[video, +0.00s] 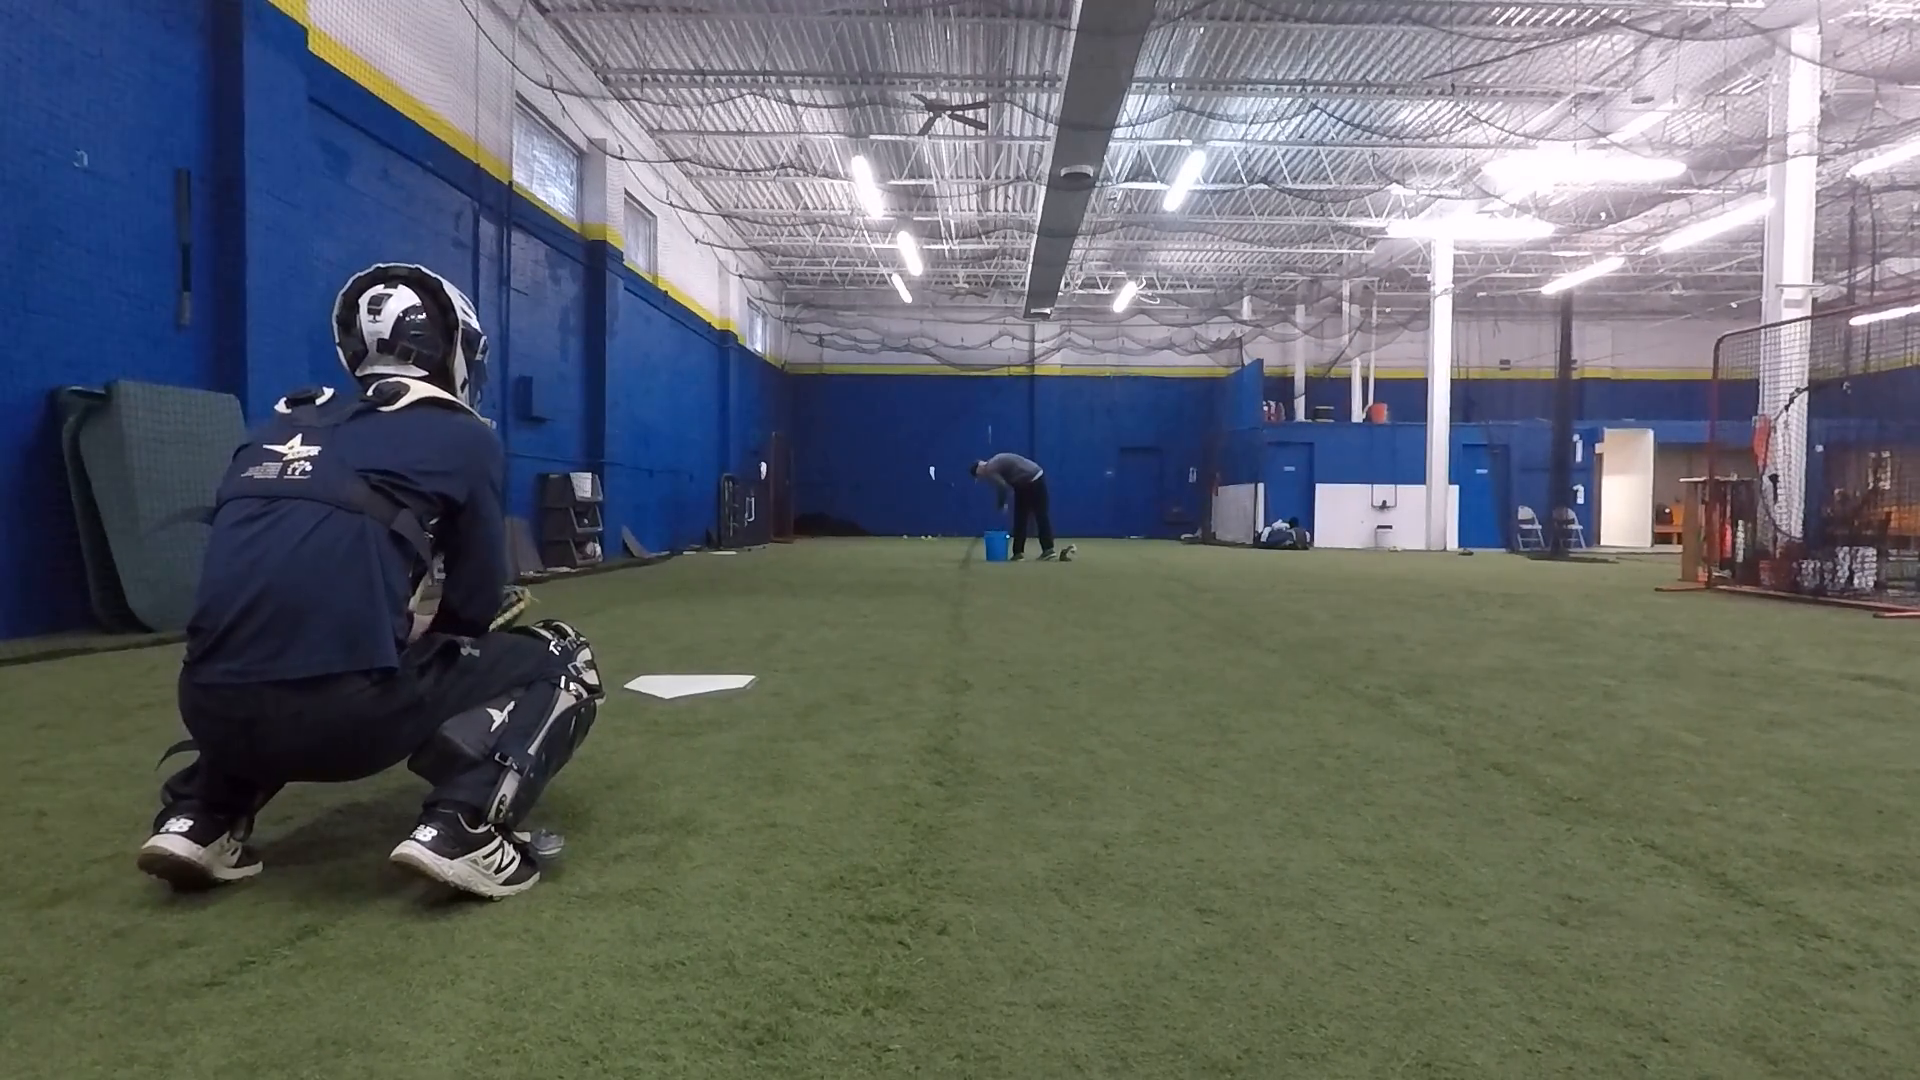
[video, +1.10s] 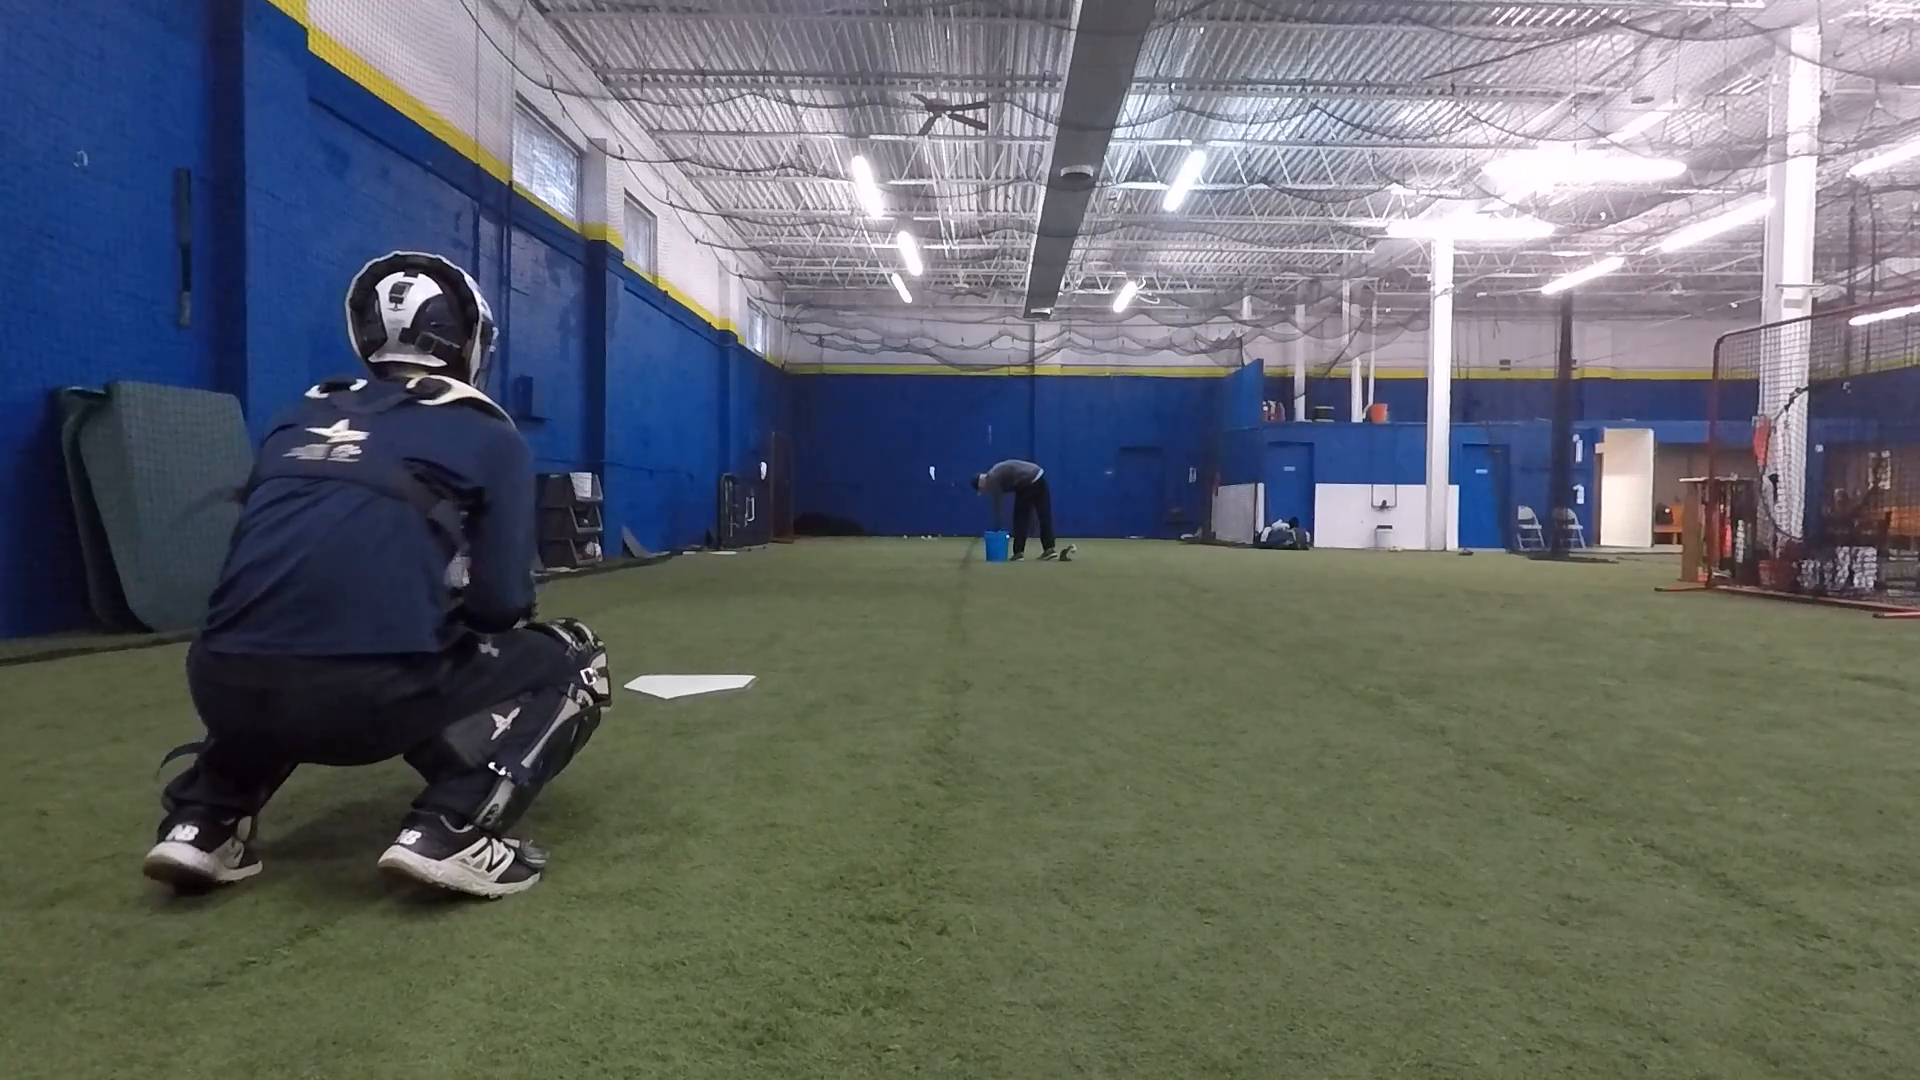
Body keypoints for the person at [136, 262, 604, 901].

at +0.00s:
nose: (473, 364)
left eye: (470, 349)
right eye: (468, 349)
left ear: (351, 352)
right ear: (452, 351)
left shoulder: (281, 423)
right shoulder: (465, 437)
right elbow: (475, 604)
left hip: (221, 714)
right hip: (353, 715)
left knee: (288, 624)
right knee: (564, 663)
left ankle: (200, 816)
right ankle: (464, 824)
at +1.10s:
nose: (482, 347)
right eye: (477, 332)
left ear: (364, 339)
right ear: (466, 340)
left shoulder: (297, 414)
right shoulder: (491, 435)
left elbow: (259, 559)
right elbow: (503, 602)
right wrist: (429, 627)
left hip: (234, 690)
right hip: (373, 699)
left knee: (294, 616)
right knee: (574, 660)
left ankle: (203, 819)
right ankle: (451, 826)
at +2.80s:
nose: (566, 342)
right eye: (562, 327)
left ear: (448, 330)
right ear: (550, 335)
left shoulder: (375, 396)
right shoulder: (567, 442)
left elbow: (278, 540)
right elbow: (556, 612)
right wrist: (463, 606)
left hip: (289, 670)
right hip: (430, 691)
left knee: (291, 631)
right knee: (589, 674)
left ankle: (205, 821)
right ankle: (462, 821)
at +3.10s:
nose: (606, 345)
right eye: (606, 334)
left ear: (499, 328)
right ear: (601, 347)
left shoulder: (437, 382)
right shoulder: (616, 460)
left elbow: (269, 481)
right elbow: (596, 626)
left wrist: (369, 522)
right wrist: (517, 608)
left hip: (334, 658)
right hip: (477, 696)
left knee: (260, 592)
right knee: (576, 683)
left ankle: (151, 815)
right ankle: (474, 818)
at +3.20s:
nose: (604, 346)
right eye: (602, 333)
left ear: (495, 329)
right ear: (596, 348)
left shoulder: (425, 388)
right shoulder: (610, 460)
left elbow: (262, 490)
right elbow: (628, 632)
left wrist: (361, 536)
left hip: (324, 658)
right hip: (470, 691)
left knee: (252, 603)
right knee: (581, 676)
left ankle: (117, 828)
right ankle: (472, 819)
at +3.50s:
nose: (542, 365)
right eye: (539, 353)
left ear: (423, 350)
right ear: (525, 357)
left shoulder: (349, 415)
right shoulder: (520, 438)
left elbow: (221, 535)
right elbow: (621, 587)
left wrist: (323, 575)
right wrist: (652, 695)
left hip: (255, 682)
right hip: (404, 696)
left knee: (213, 655)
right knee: (581, 664)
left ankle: (102, 849)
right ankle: (463, 833)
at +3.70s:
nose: (492, 346)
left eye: (491, 331)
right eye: (488, 330)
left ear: (377, 332)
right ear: (471, 329)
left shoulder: (312, 394)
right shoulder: (456, 406)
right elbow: (516, 516)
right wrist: (551, 637)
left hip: (193, 643)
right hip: (331, 650)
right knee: (537, 660)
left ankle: (113, 839)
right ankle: (445, 840)